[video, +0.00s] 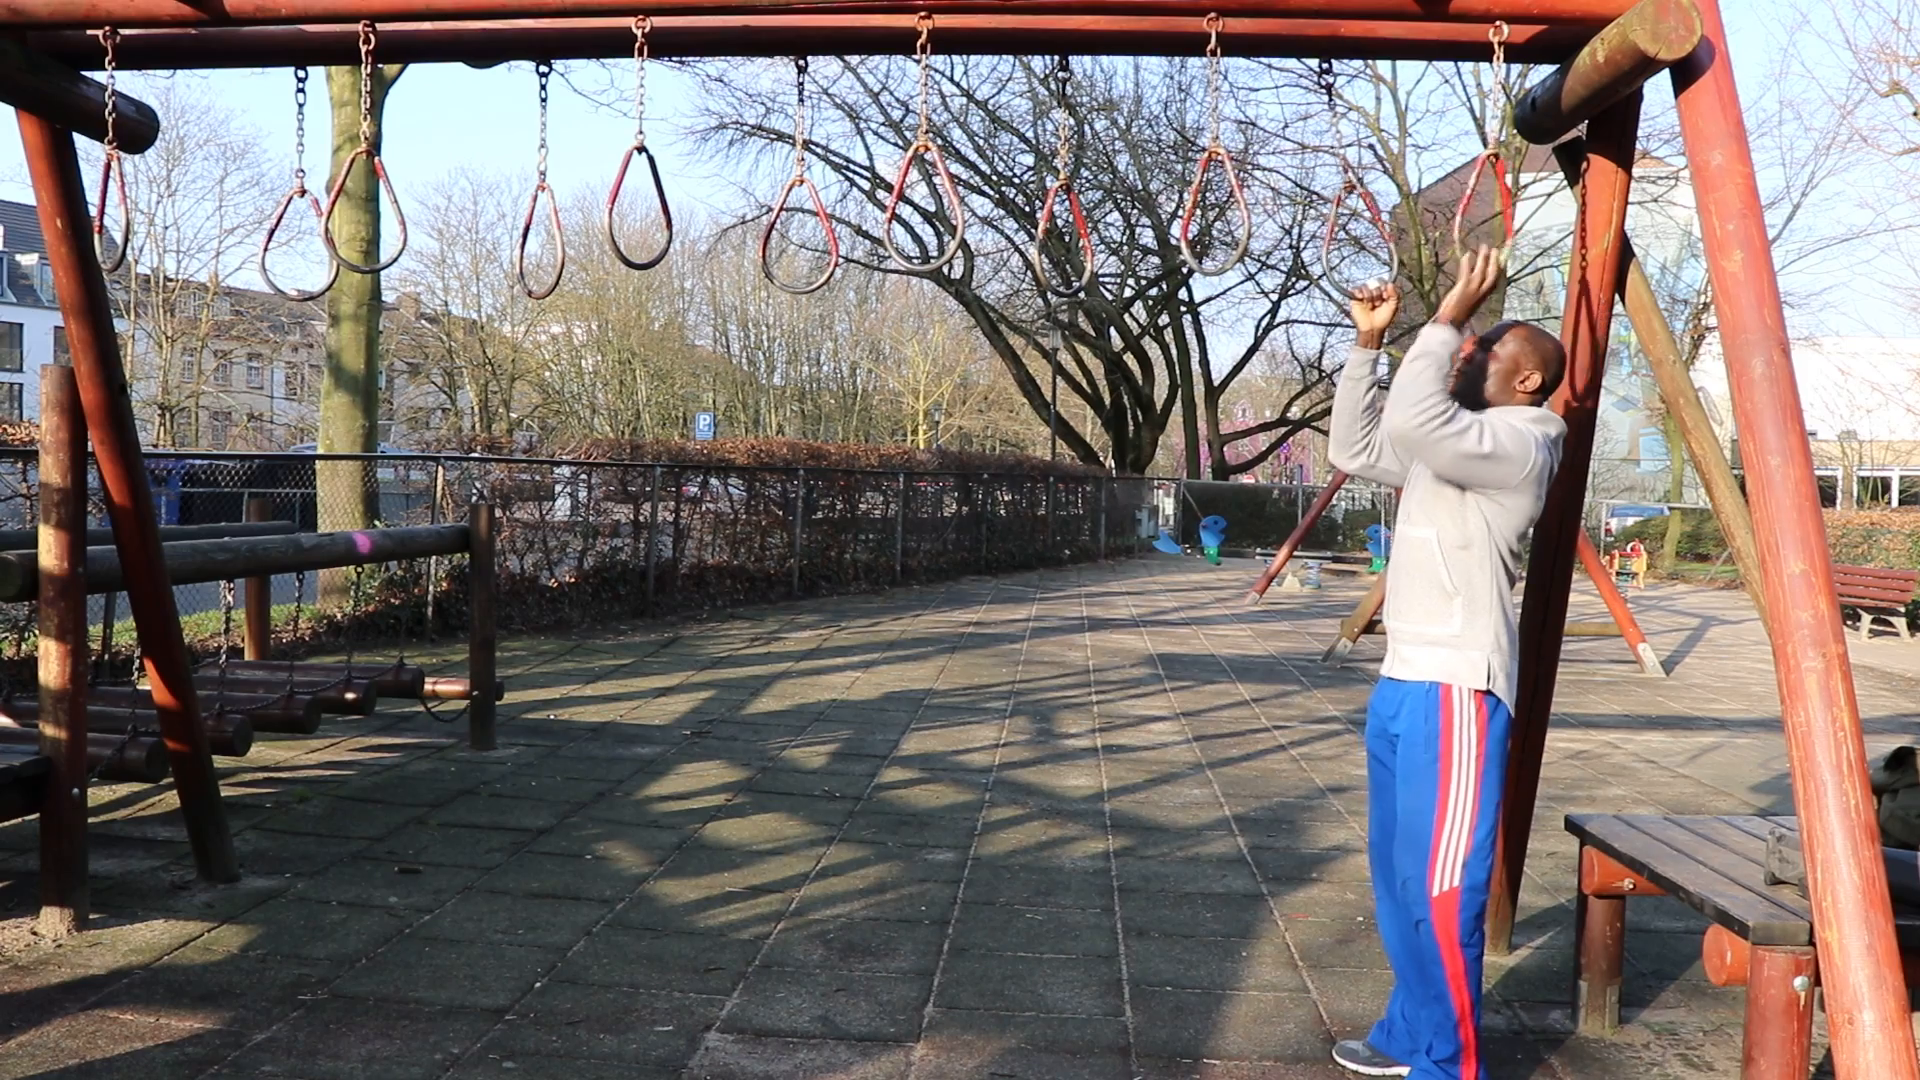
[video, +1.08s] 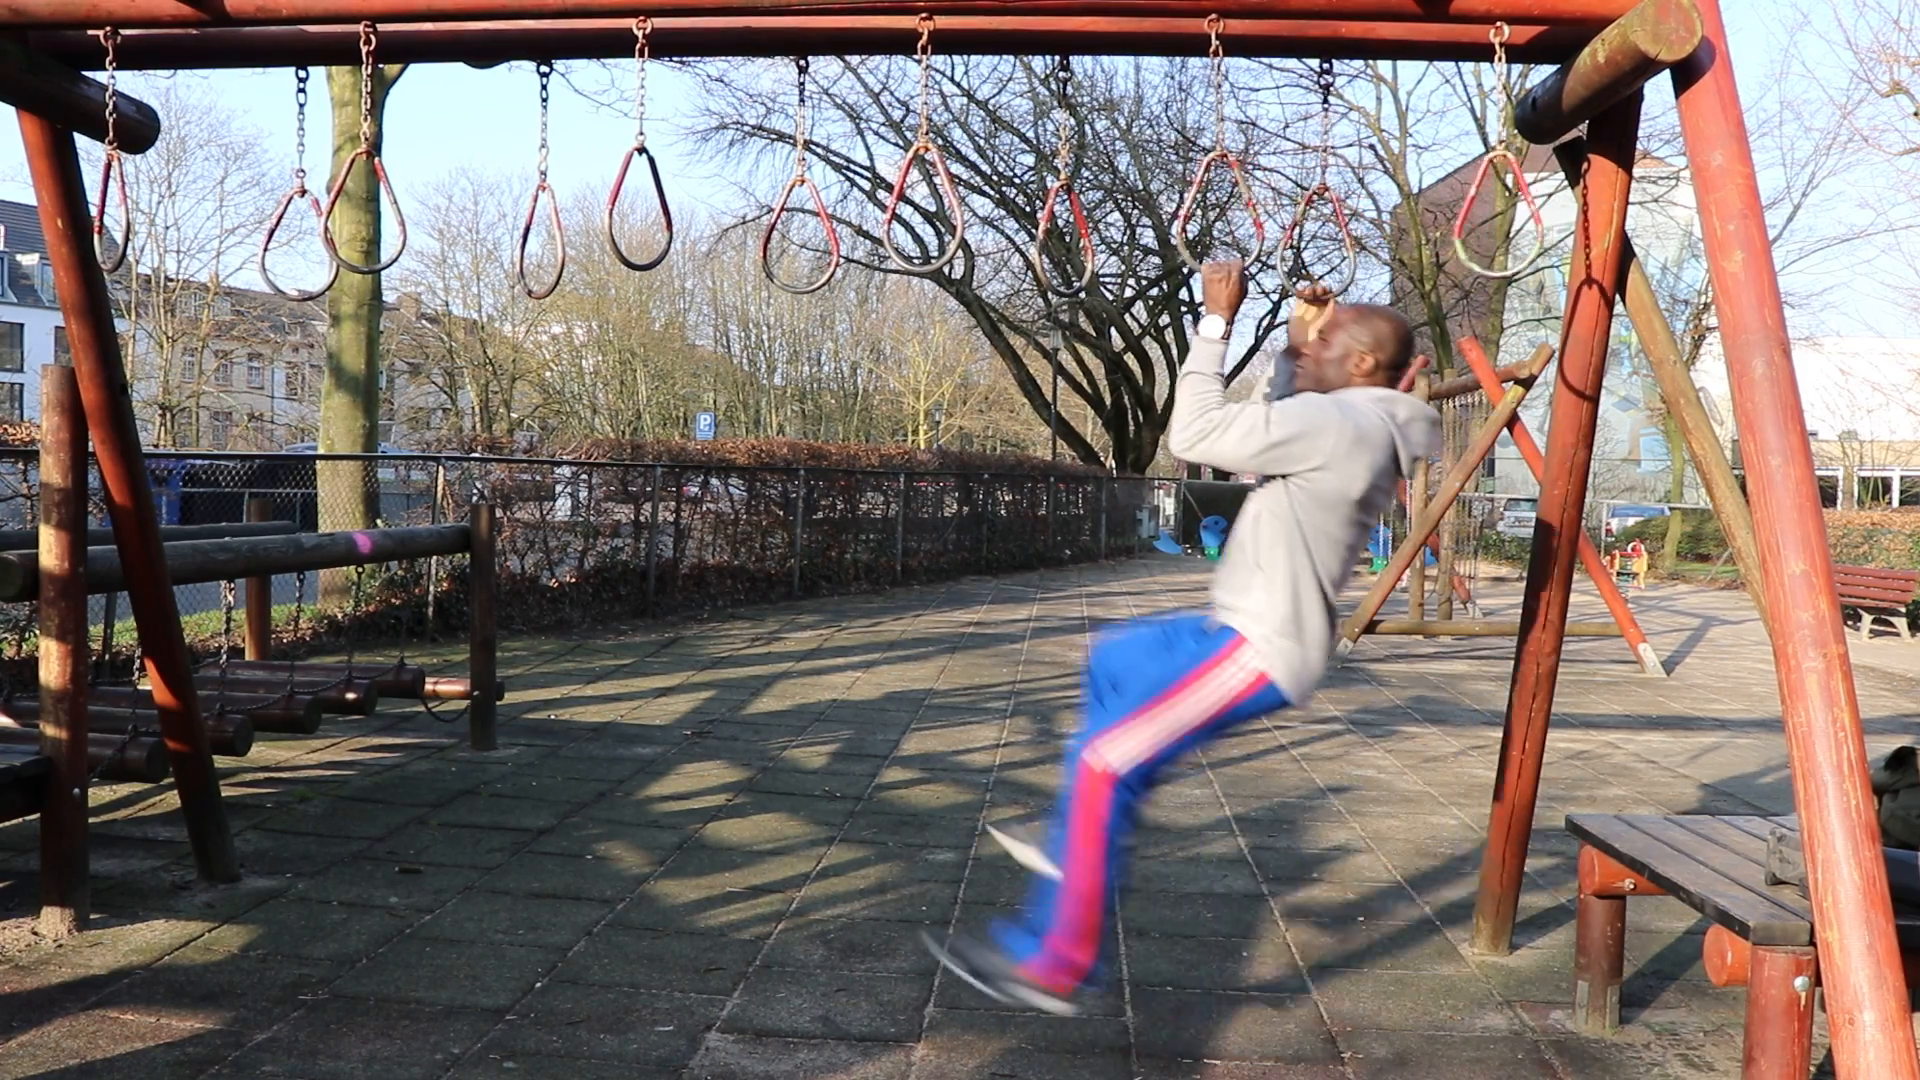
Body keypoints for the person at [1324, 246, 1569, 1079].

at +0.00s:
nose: (1469, 349)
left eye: (1492, 344)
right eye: (1475, 341)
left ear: (1530, 379)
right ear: (1495, 370)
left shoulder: (1523, 443)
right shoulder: (1457, 434)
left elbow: (1414, 428)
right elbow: (1353, 448)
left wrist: (1448, 322)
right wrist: (1368, 345)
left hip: (1459, 690)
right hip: (1406, 686)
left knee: (1438, 888)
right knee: (1399, 879)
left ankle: (1449, 1061)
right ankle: (1412, 1034)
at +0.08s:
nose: (1462, 356)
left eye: (1484, 348)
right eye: (1467, 345)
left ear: (1523, 378)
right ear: (1492, 372)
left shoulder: (1512, 439)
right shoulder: (1457, 429)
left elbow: (1396, 447)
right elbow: (1348, 453)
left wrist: (1410, 325)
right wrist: (1362, 343)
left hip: (1462, 688)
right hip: (1408, 683)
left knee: (1441, 886)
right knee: (1401, 877)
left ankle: (1448, 1059)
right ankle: (1412, 1034)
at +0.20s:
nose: (1453, 347)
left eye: (1475, 342)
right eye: (1458, 337)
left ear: (1513, 376)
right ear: (1462, 368)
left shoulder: (1498, 437)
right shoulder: (1447, 430)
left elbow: (1379, 430)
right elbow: (1341, 455)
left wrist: (1312, 327)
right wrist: (1362, 344)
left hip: (1460, 691)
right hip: (1410, 684)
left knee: (1441, 882)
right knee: (1399, 871)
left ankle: (1450, 1059)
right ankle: (1410, 1034)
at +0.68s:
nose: (1402, 359)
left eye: (1421, 349)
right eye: (1409, 347)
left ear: (1466, 376)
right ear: (1460, 376)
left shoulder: (1454, 436)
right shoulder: (1427, 432)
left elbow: (1317, 427)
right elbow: (1323, 442)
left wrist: (1294, 309)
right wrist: (1343, 343)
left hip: (1407, 674)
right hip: (1367, 666)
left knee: (1356, 868)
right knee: (1316, 836)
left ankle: (1411, 1053)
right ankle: (1386, 1010)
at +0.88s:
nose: (1360, 369)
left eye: (1380, 358)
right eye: (1370, 357)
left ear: (1420, 383)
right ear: (1419, 383)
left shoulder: (1400, 444)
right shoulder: (1395, 437)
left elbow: (1254, 436)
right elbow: (1291, 439)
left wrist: (1248, 318)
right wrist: (1322, 344)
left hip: (1340, 676)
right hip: (1314, 663)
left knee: (1236, 850)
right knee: (1217, 802)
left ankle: (1280, 1043)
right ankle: (1290, 992)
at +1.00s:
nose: (1328, 360)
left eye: (1348, 352)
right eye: (1335, 347)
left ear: (1388, 377)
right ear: (1386, 377)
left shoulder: (1366, 439)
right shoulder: (1369, 434)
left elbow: (1215, 435)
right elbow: (1273, 430)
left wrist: (1223, 317)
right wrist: (1306, 343)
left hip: (1298, 667)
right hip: (1280, 650)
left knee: (1148, 804)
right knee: (1152, 719)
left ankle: (1165, 1010)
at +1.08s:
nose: (1304, 349)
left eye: (1323, 340)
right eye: (1311, 337)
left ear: (1364, 364)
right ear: (1367, 368)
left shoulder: (1344, 423)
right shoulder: (1354, 423)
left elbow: (1198, 432)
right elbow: (1240, 437)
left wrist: (1215, 320)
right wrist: (1292, 350)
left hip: (1267, 647)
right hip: (1249, 626)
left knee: (1103, 762)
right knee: (1112, 658)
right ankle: (1076, 841)